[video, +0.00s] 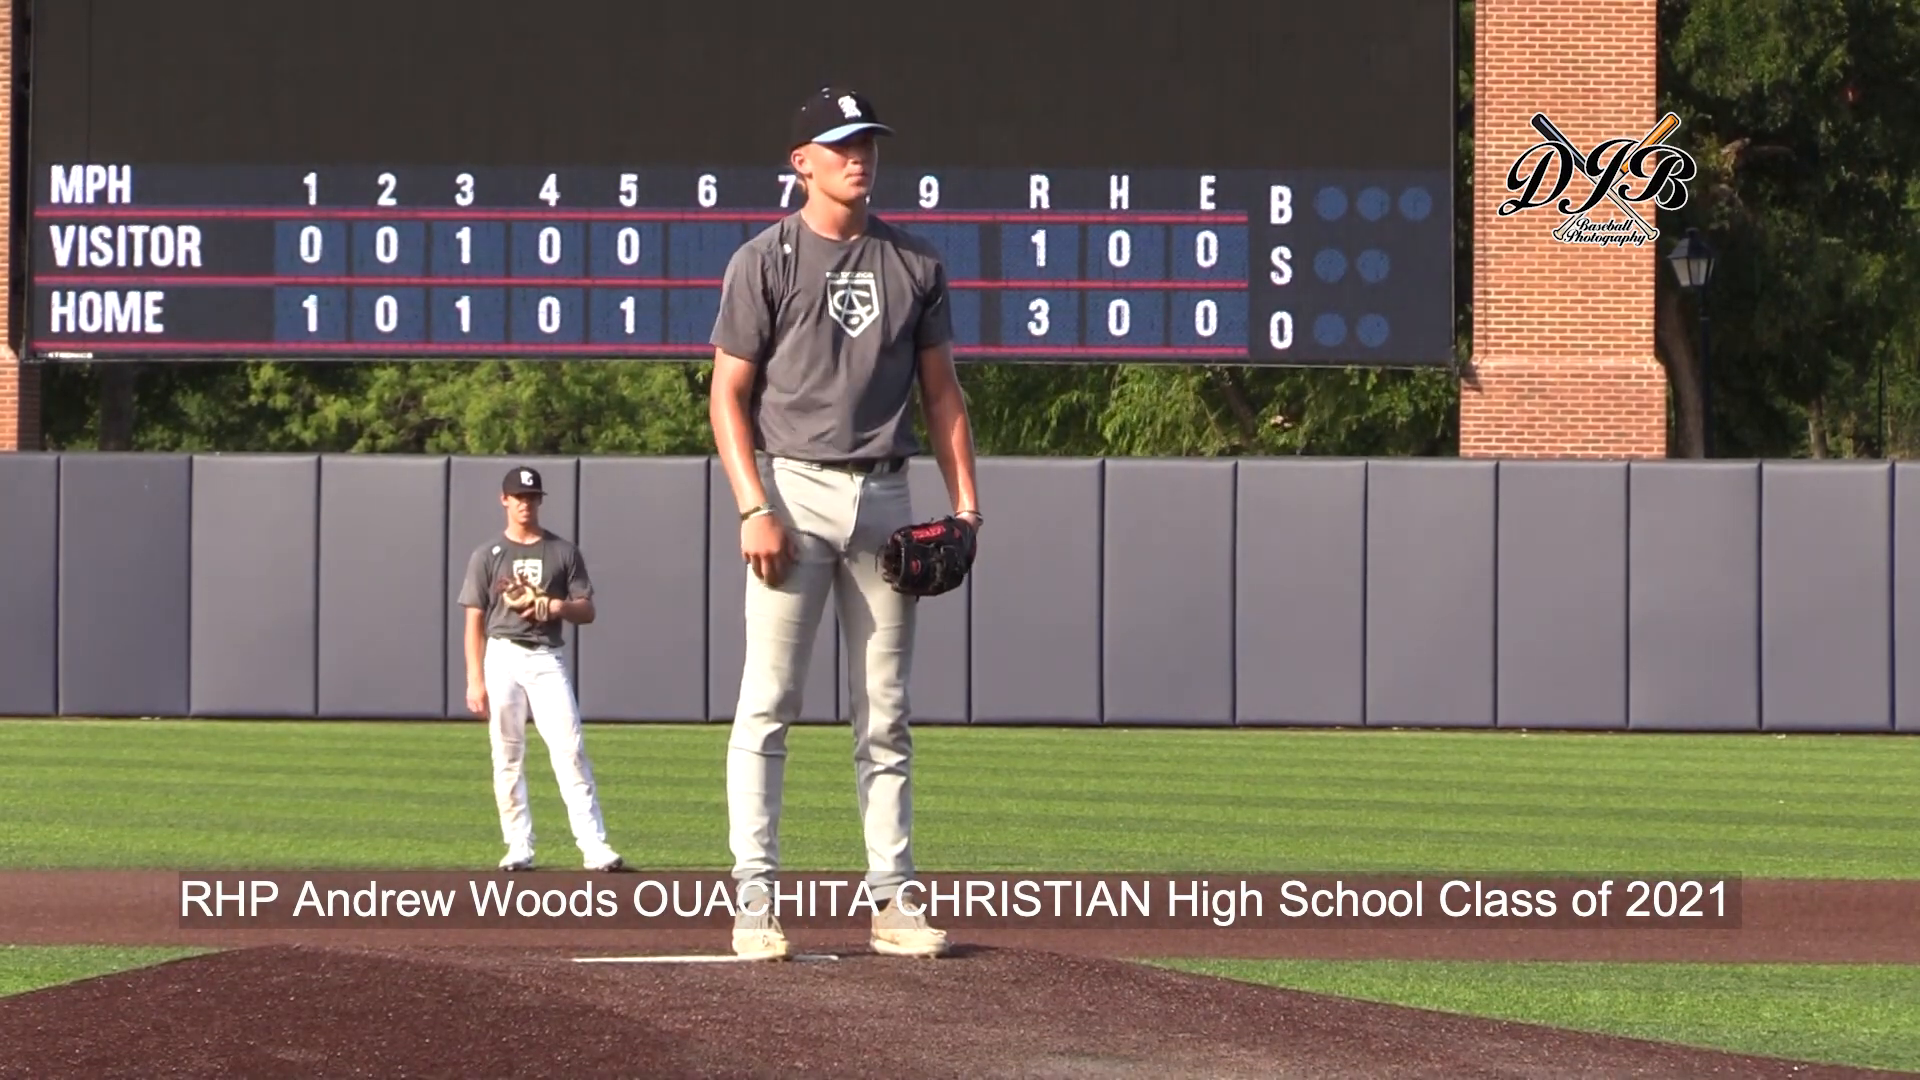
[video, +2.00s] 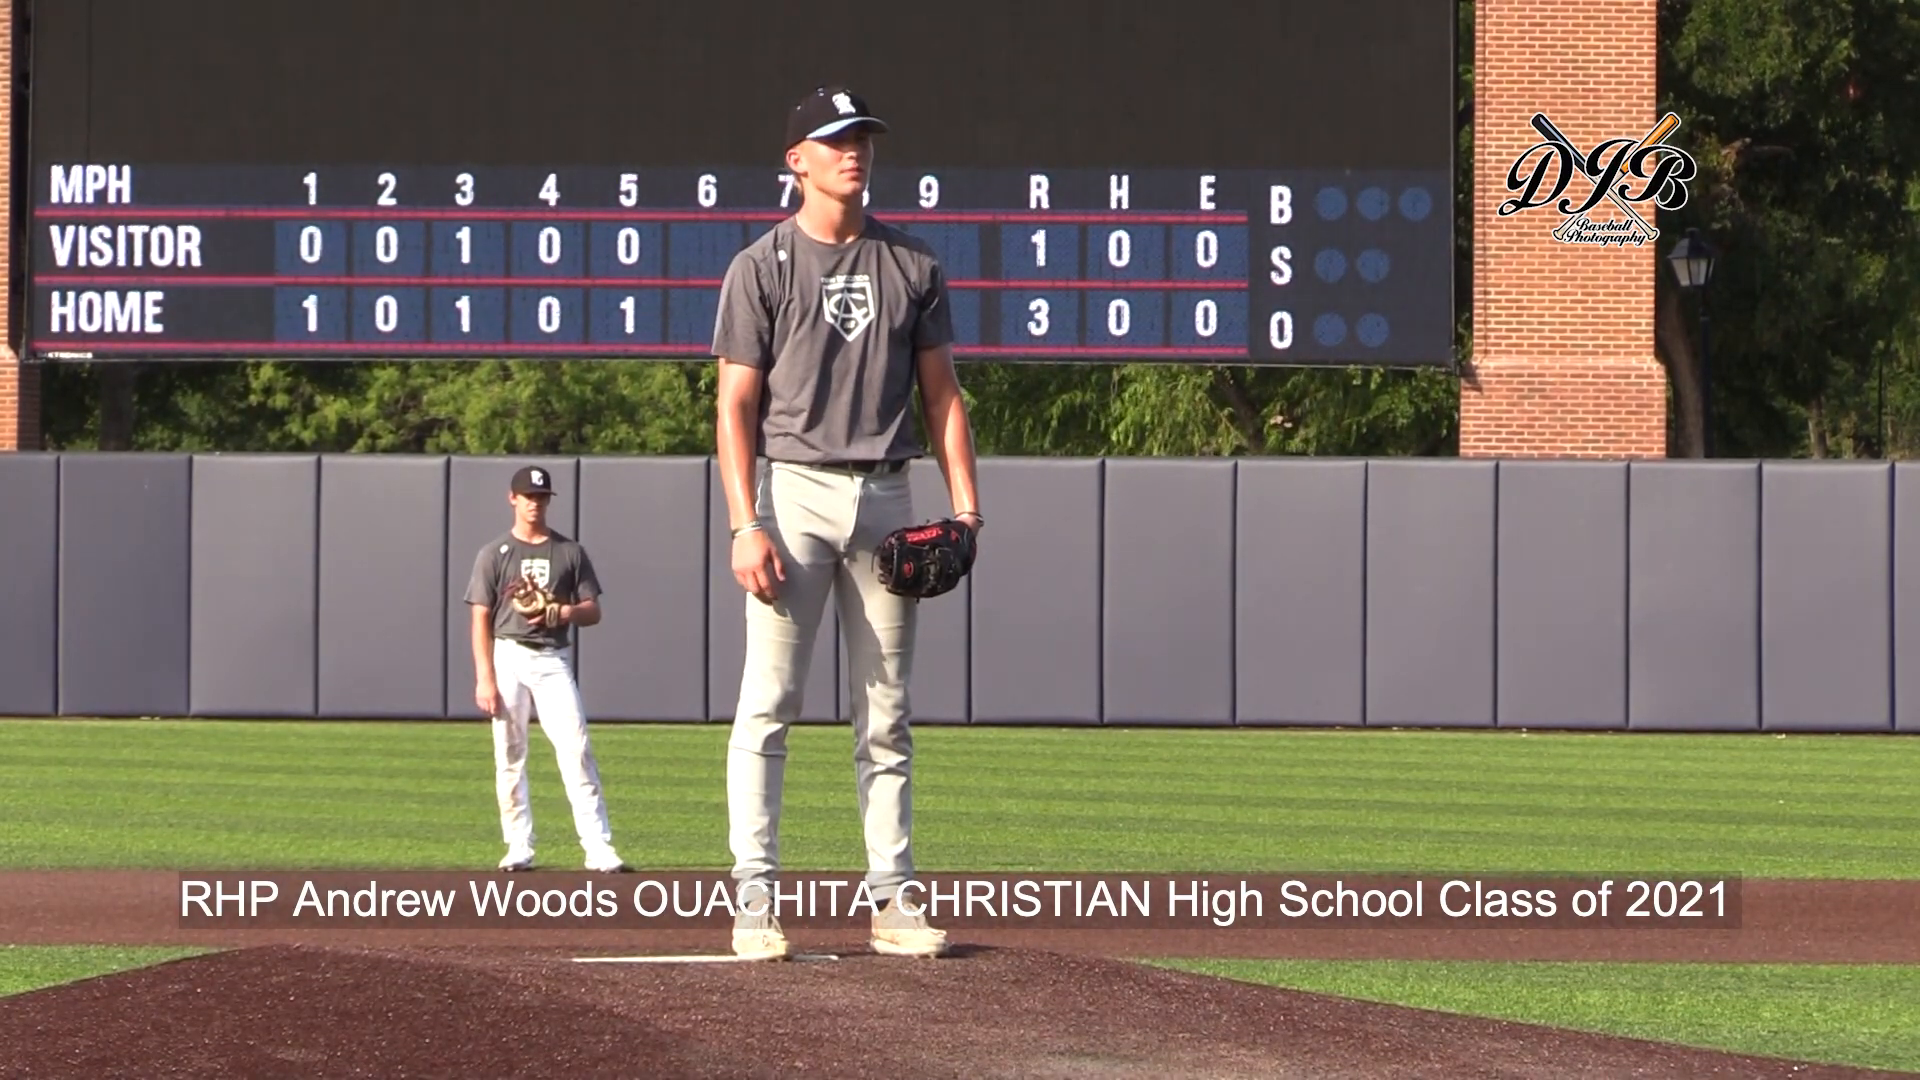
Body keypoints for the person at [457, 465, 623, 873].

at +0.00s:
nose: (526, 505)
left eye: (532, 498)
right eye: (519, 498)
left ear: (541, 501)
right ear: (505, 501)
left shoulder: (564, 551)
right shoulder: (486, 556)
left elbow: (587, 611)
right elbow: (474, 622)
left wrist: (556, 606)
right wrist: (475, 679)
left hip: (548, 658)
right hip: (501, 657)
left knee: (571, 750)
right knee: (507, 756)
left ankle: (596, 850)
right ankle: (518, 849)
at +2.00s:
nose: (535, 504)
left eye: (541, 497)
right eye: (528, 497)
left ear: (549, 500)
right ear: (513, 499)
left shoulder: (571, 552)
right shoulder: (493, 555)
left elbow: (592, 611)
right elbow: (480, 621)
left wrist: (560, 612)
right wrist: (485, 679)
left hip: (553, 659)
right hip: (506, 657)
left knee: (577, 749)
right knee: (509, 756)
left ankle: (600, 851)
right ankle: (518, 850)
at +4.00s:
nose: (536, 501)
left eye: (542, 494)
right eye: (529, 494)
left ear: (550, 498)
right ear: (514, 497)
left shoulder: (573, 547)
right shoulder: (493, 550)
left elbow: (594, 598)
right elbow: (478, 610)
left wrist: (571, 616)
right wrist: (487, 668)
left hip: (559, 657)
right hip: (512, 656)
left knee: (579, 742)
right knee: (513, 756)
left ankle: (585, 842)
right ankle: (519, 848)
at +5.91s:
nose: (533, 511)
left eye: (539, 503)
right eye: (525, 504)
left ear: (548, 505)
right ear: (510, 507)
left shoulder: (571, 545)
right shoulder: (499, 556)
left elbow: (602, 590)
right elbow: (481, 615)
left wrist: (582, 628)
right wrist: (479, 675)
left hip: (569, 663)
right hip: (519, 663)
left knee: (591, 756)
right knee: (515, 763)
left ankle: (584, 849)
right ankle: (516, 858)